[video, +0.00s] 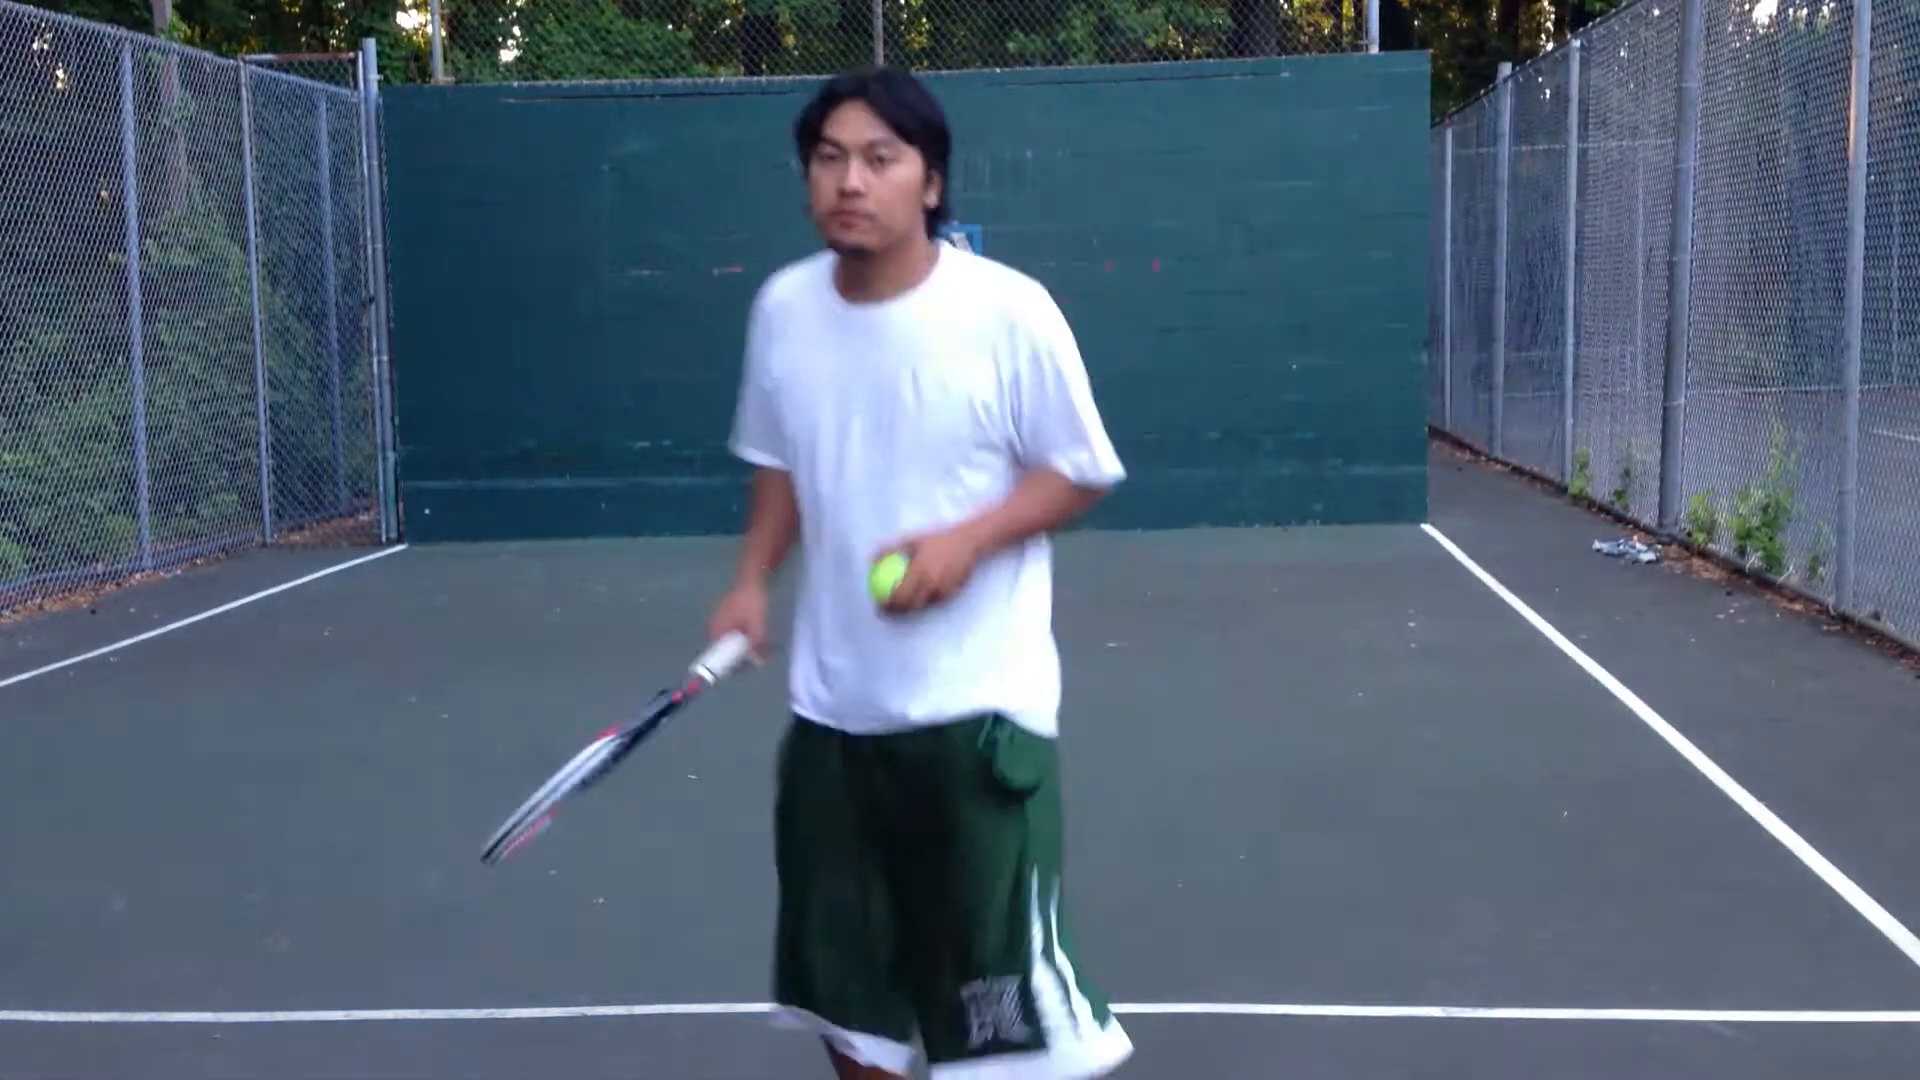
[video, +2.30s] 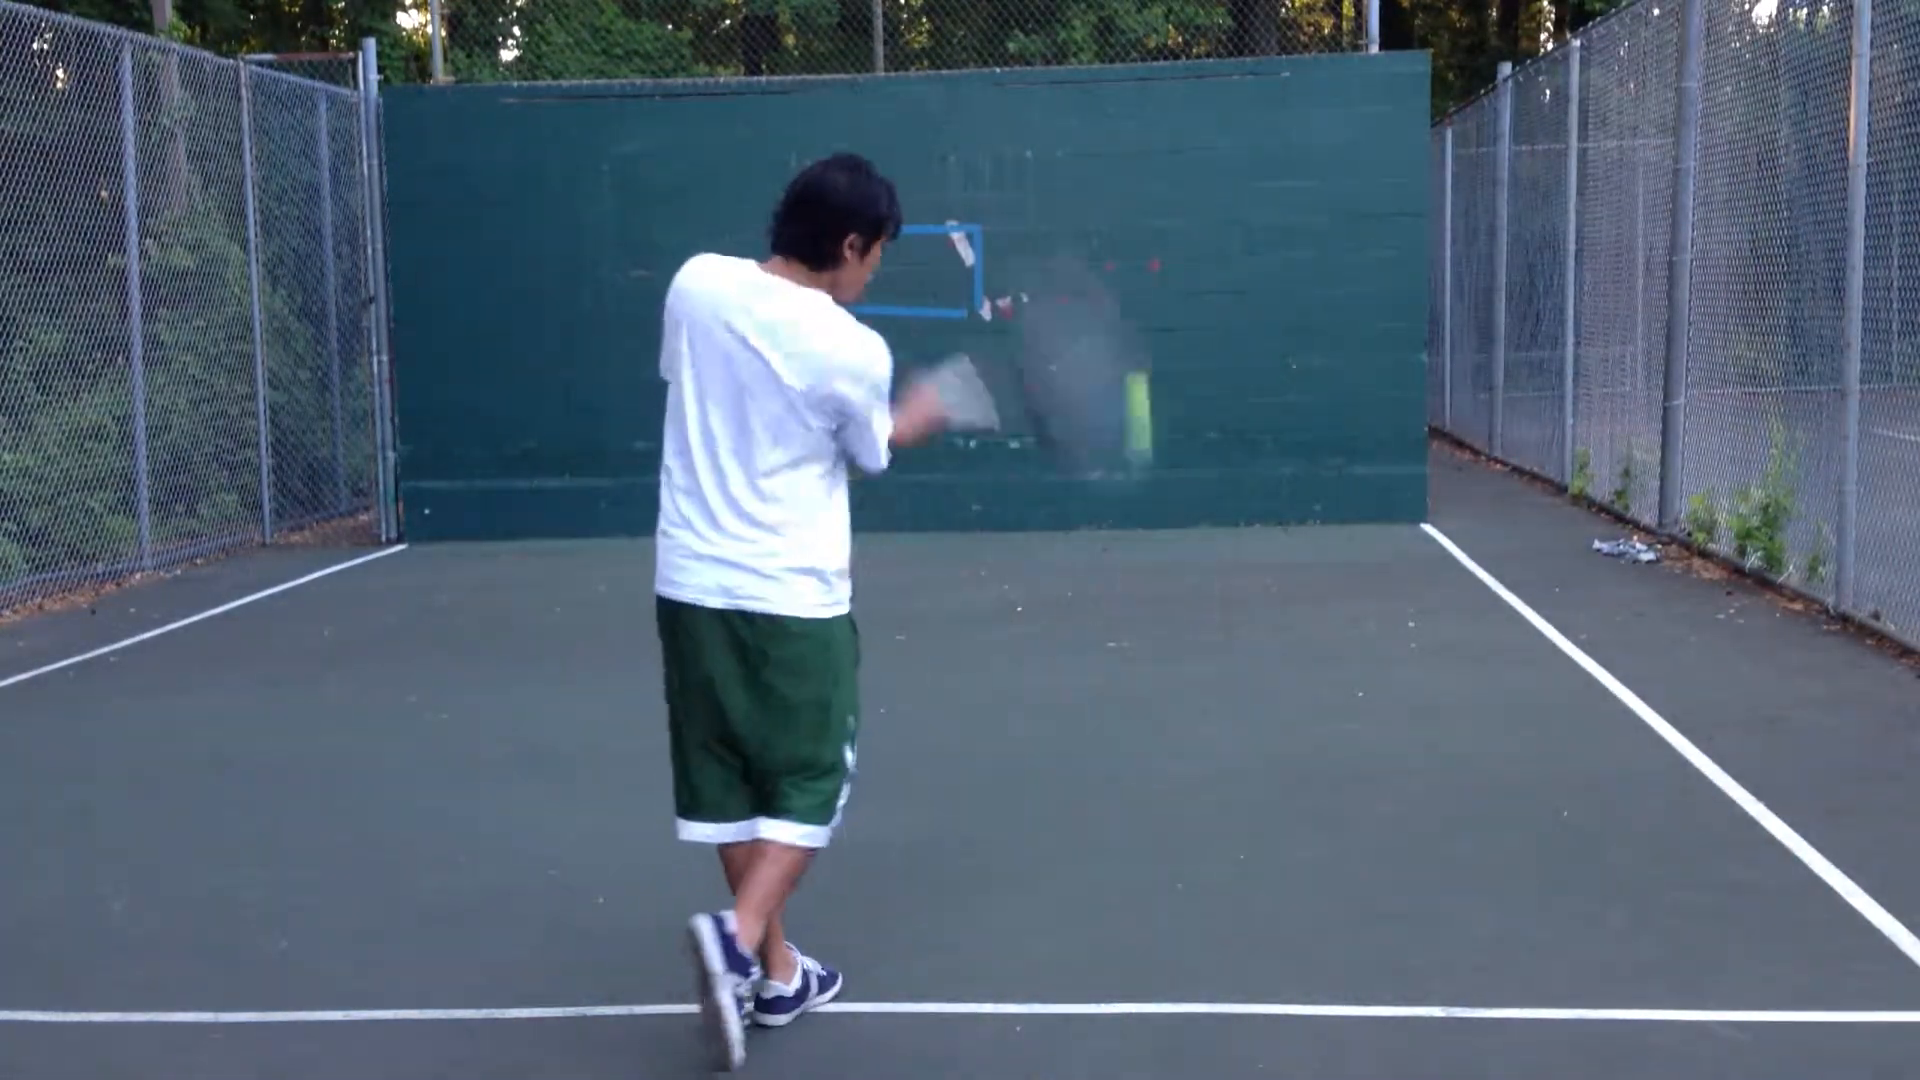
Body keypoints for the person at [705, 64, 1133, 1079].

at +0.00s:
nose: (849, 180)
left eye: (879, 159)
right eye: (829, 159)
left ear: (931, 183)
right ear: (807, 183)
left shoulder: (1010, 310)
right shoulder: (786, 306)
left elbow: (1081, 470)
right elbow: (778, 464)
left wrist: (969, 540)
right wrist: (750, 582)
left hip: (973, 704)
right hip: (834, 702)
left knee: (998, 1004)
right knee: (853, 1001)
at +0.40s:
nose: (825, 190)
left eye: (846, 169)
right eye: (801, 169)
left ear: (873, 184)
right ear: (764, 184)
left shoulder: (929, 295)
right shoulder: (705, 309)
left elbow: (969, 437)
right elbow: (670, 465)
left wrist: (971, 519)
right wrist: (667, 581)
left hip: (904, 651)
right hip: (758, 662)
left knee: (912, 882)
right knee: (781, 912)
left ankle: (884, 1042)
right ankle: (797, 1072)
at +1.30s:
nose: (828, 251)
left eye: (834, 231)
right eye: (815, 230)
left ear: (791, 230)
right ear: (752, 224)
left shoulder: (806, 312)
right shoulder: (643, 323)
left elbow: (814, 438)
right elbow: (580, 463)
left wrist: (850, 493)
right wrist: (607, 590)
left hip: (780, 622)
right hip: (671, 636)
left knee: (797, 820)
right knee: (663, 843)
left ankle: (765, 1008)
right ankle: (653, 1035)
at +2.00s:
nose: (876, 276)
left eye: (880, 260)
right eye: (875, 259)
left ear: (808, 242)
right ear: (838, 252)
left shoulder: (735, 291)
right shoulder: (779, 344)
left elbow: (796, 376)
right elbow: (748, 487)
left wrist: (904, 364)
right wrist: (767, 605)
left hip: (673, 591)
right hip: (728, 607)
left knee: (721, 803)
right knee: (734, 820)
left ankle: (776, 976)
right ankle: (660, 1017)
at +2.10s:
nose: (874, 271)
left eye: (877, 255)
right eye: (871, 256)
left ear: (792, 242)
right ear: (836, 252)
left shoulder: (712, 278)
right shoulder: (812, 362)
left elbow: (779, 324)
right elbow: (823, 521)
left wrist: (871, 323)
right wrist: (883, 629)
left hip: (669, 587)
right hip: (754, 606)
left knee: (729, 796)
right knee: (771, 802)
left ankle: (774, 976)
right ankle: (680, 971)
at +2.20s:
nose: (878, 278)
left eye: (882, 261)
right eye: (876, 259)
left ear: (788, 235)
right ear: (836, 248)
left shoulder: (698, 280)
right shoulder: (833, 358)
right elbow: (867, 496)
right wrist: (947, 549)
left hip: (679, 589)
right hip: (777, 601)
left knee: (718, 795)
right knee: (796, 793)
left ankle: (776, 975)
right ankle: (709, 949)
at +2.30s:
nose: (875, 270)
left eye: (879, 254)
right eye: (876, 253)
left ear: (785, 227)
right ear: (848, 246)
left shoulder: (696, 282)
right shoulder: (853, 350)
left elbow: (704, 382)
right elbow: (866, 449)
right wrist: (909, 421)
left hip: (689, 589)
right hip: (792, 599)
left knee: (733, 789)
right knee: (814, 786)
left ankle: (778, 973)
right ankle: (739, 934)